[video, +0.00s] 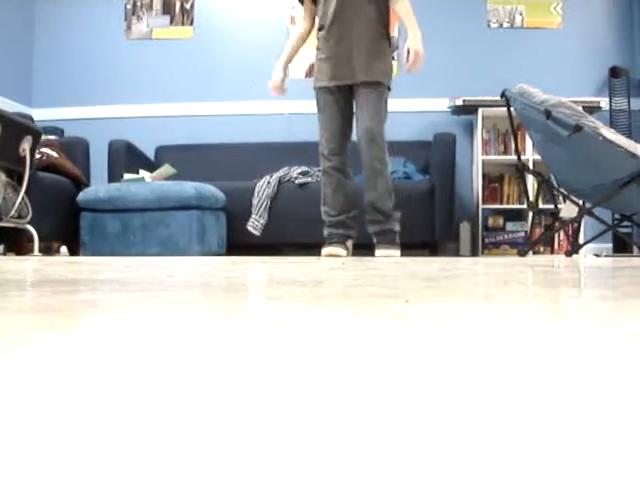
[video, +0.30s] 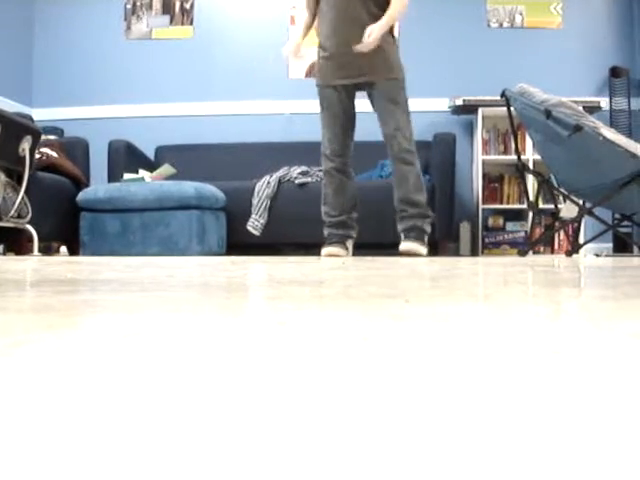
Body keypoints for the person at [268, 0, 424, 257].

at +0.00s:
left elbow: (399, 4)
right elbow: (305, 24)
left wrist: (415, 35)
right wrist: (282, 64)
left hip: (373, 60)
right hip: (328, 64)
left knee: (372, 143)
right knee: (331, 154)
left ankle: (385, 235)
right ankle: (337, 236)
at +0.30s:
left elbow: (400, 3)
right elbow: (310, 8)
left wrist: (382, 25)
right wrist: (297, 39)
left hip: (380, 56)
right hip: (332, 59)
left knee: (401, 146)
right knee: (334, 155)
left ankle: (414, 233)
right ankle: (337, 237)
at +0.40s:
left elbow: (411, 1)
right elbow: (307, 8)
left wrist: (376, 27)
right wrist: (326, 30)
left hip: (386, 58)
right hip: (337, 60)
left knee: (400, 150)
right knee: (337, 154)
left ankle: (412, 235)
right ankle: (338, 237)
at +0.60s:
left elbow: (426, 1)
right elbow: (325, 6)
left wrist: (394, 23)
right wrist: (359, 23)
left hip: (398, 56)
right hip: (350, 57)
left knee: (405, 151)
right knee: (344, 152)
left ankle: (412, 237)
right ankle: (338, 237)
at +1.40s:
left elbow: (410, 1)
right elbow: (310, 2)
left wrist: (393, 18)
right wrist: (340, 11)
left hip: (380, 47)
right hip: (330, 46)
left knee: (389, 143)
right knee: (316, 140)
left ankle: (401, 236)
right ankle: (302, 235)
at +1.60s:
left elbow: (380, 2)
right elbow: (282, 4)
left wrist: (363, 11)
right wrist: (300, 11)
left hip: (356, 44)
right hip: (306, 44)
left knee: (369, 140)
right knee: (302, 143)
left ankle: (387, 230)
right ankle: (301, 235)